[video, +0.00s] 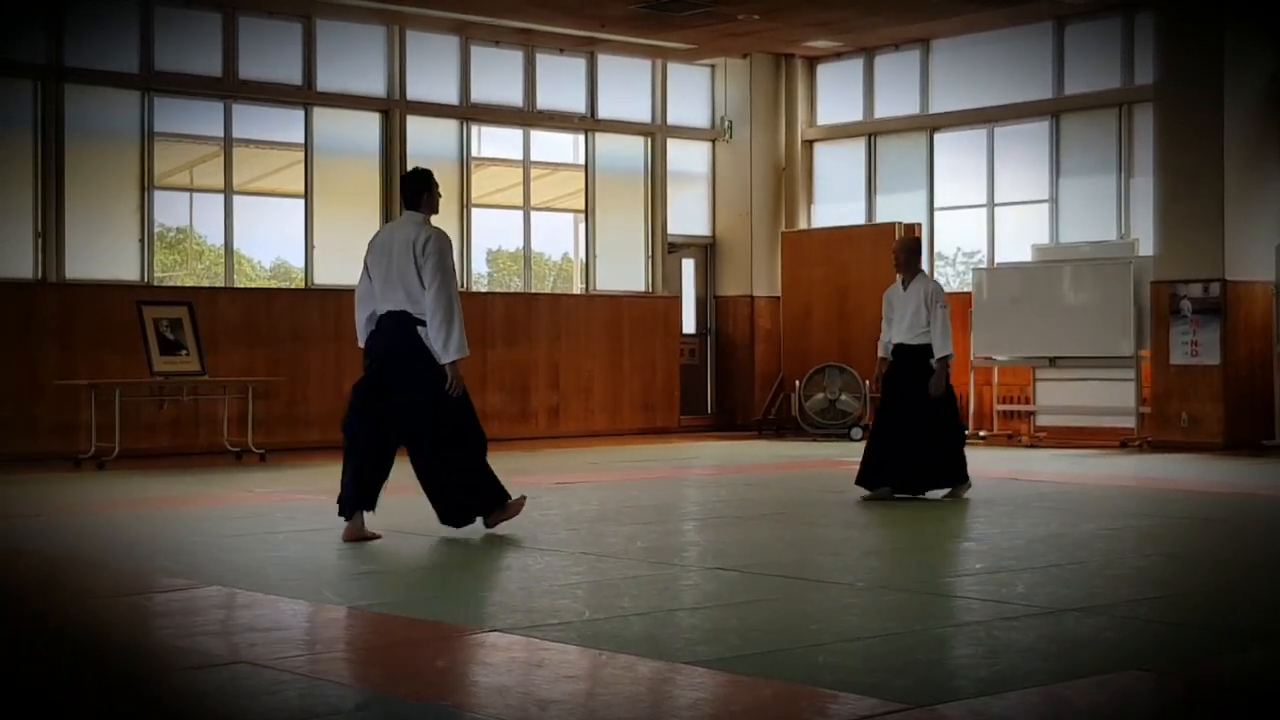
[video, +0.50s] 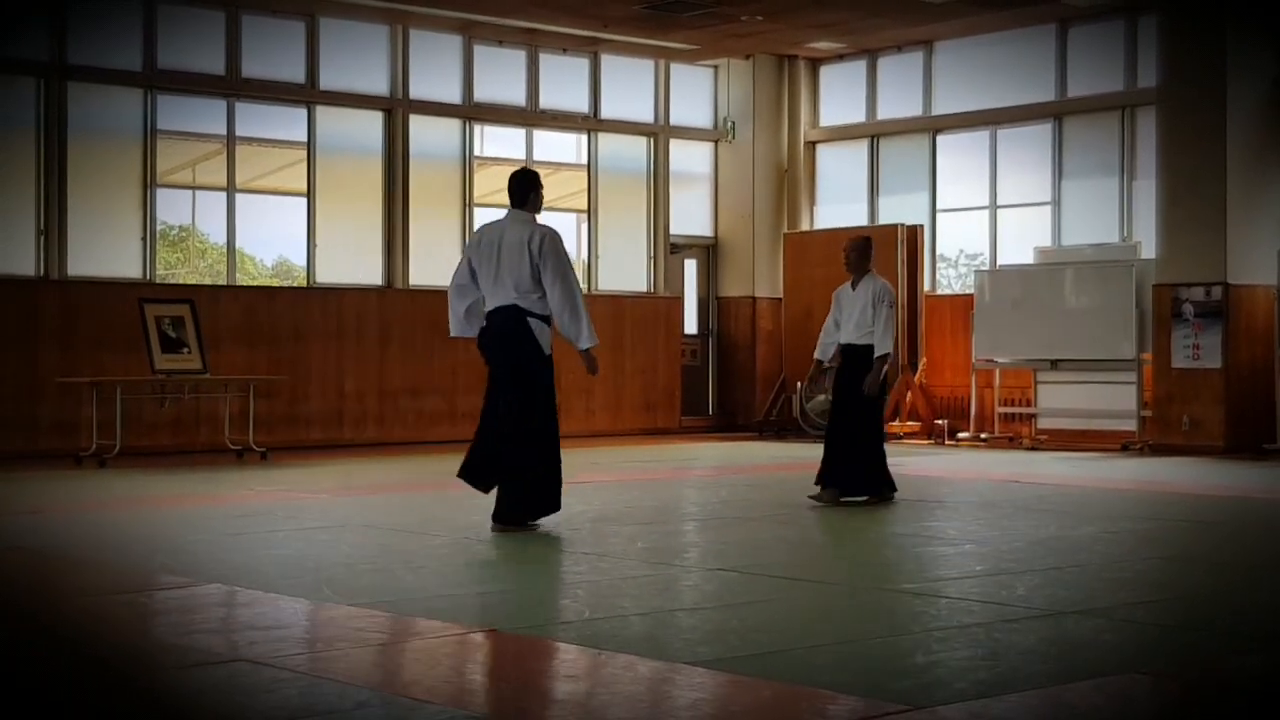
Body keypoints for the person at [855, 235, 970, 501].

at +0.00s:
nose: (895, 259)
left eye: (900, 254)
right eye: (894, 254)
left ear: (915, 257)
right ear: (895, 258)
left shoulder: (931, 289)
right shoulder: (890, 293)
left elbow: (941, 330)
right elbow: (886, 330)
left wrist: (941, 369)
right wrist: (881, 363)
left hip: (925, 359)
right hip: (898, 360)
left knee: (939, 421)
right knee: (890, 421)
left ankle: (959, 479)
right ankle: (884, 484)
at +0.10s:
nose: (881, 257)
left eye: (885, 252)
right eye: (880, 252)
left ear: (901, 255)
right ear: (884, 256)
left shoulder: (919, 287)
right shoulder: (877, 292)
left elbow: (927, 330)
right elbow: (870, 330)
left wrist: (926, 369)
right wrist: (866, 366)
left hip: (909, 358)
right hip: (882, 359)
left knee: (917, 421)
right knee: (881, 422)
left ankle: (949, 469)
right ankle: (882, 487)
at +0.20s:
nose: (870, 255)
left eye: (875, 251)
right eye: (869, 251)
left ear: (890, 253)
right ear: (873, 255)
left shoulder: (908, 284)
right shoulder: (866, 289)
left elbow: (915, 326)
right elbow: (858, 327)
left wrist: (911, 367)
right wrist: (852, 365)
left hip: (897, 354)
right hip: (873, 355)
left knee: (896, 416)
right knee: (872, 418)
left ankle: (926, 467)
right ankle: (880, 485)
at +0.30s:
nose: (860, 254)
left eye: (865, 249)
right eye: (860, 249)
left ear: (881, 252)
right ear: (864, 253)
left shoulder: (898, 285)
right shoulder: (858, 289)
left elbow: (905, 326)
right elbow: (848, 327)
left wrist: (900, 364)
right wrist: (836, 367)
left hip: (888, 355)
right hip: (864, 355)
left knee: (885, 418)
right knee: (864, 418)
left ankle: (892, 480)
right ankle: (875, 484)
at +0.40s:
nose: (853, 255)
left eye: (858, 251)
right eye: (852, 251)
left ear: (874, 253)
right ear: (855, 255)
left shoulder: (889, 286)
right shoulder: (849, 290)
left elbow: (895, 328)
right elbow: (839, 326)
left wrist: (888, 367)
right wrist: (826, 363)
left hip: (881, 356)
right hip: (855, 356)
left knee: (878, 421)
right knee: (850, 420)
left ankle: (883, 487)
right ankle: (851, 485)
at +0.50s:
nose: (845, 258)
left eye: (850, 253)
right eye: (844, 253)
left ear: (866, 256)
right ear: (847, 257)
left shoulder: (881, 289)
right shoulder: (841, 293)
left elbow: (885, 333)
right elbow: (830, 330)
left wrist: (878, 370)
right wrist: (816, 366)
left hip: (871, 359)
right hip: (846, 359)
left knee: (867, 424)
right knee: (840, 422)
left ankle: (881, 486)